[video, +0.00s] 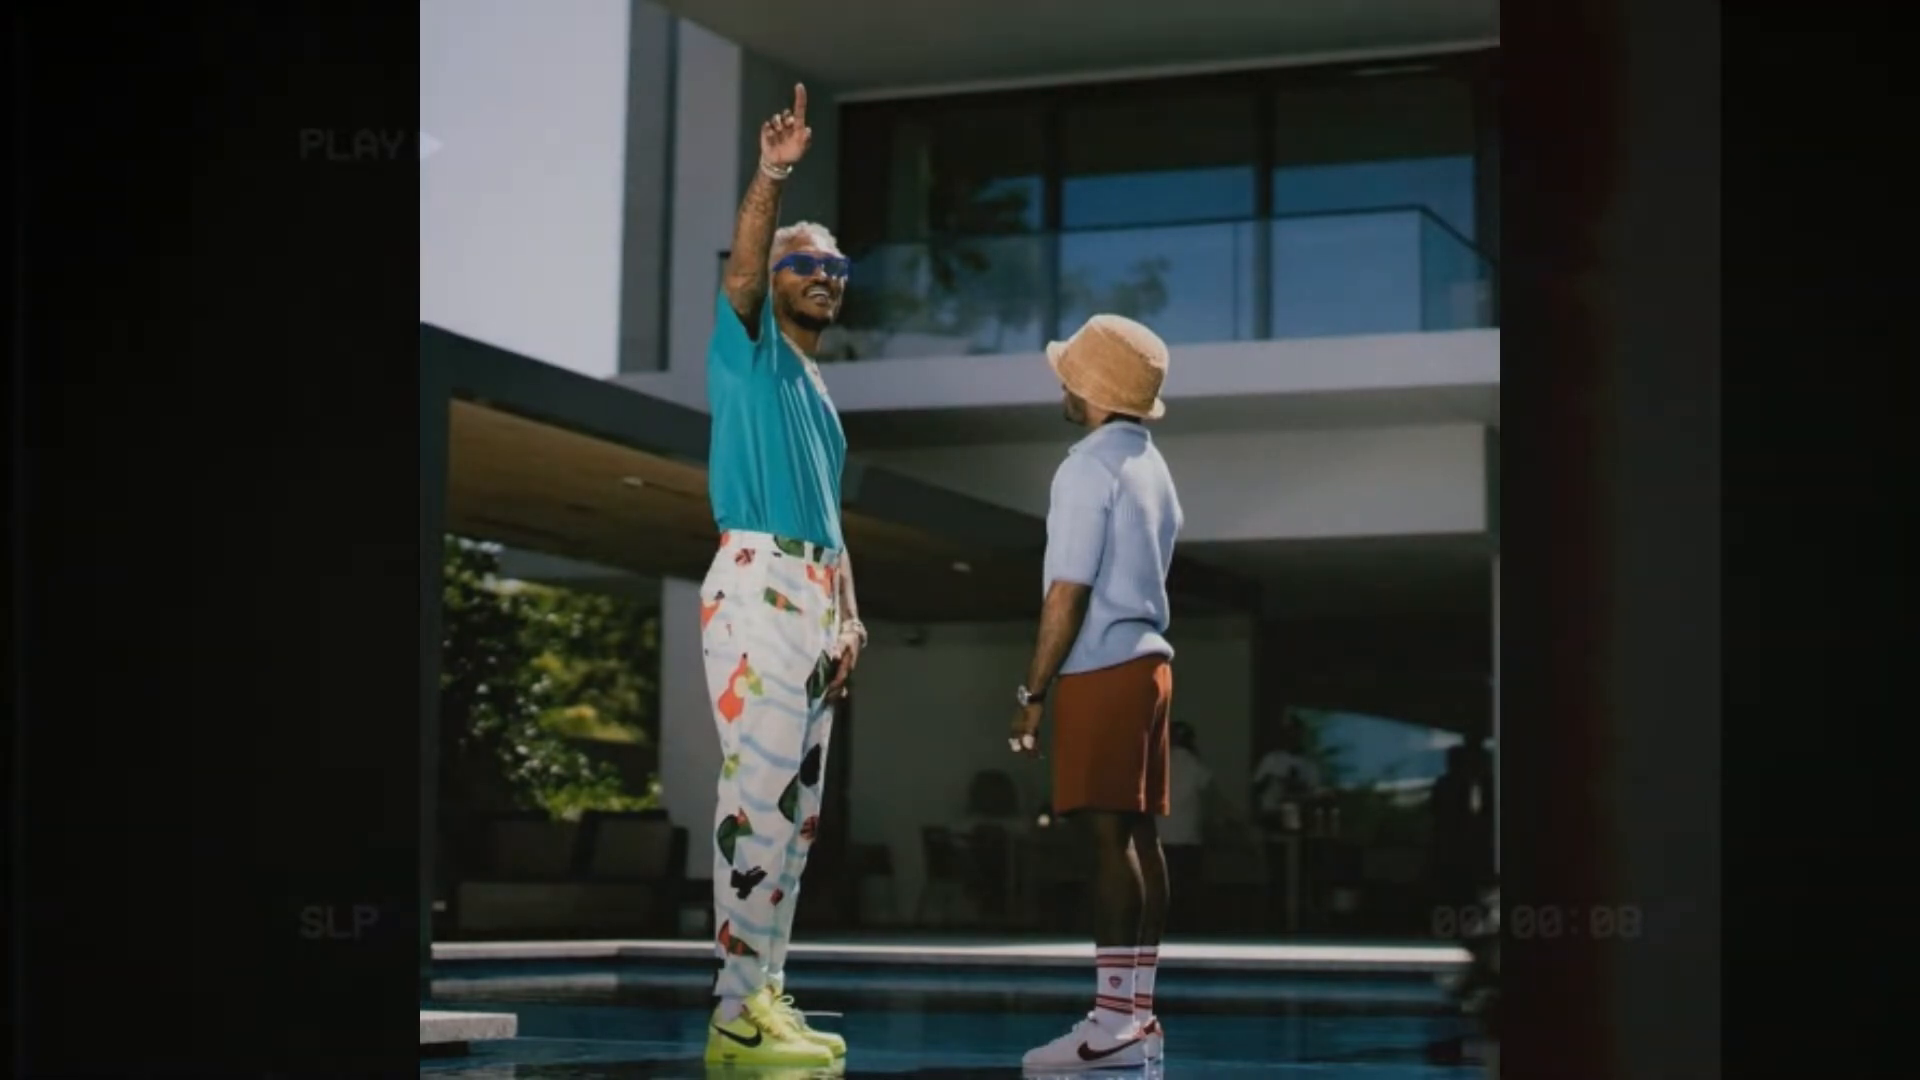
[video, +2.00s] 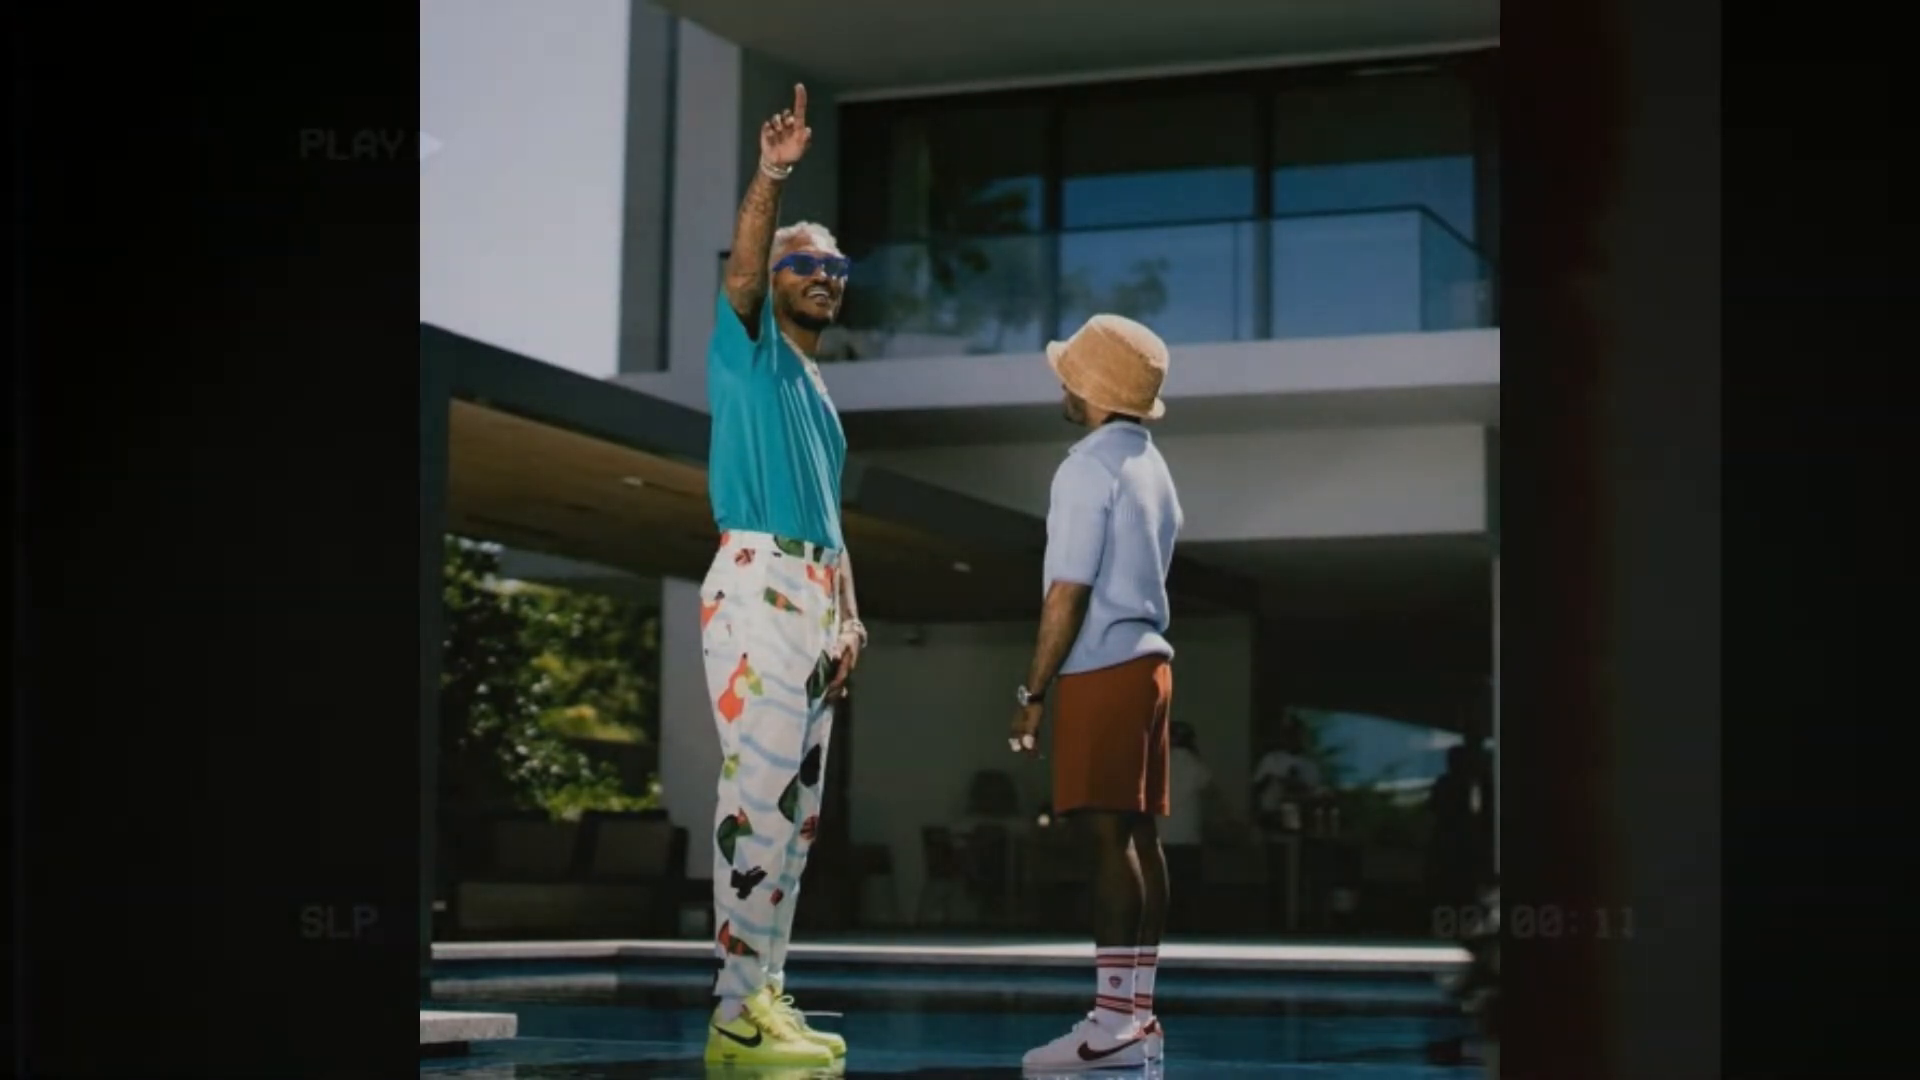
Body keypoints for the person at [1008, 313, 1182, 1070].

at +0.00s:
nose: (1064, 387)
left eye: (1072, 377)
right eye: (1069, 376)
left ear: (1092, 390)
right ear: (1130, 394)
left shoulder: (1087, 468)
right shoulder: (1147, 463)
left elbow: (1067, 594)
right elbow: (1148, 578)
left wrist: (1032, 691)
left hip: (1104, 669)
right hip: (1147, 665)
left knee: (1108, 839)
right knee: (1139, 838)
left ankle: (1116, 1015)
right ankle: (1135, 1012)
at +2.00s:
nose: (1064, 388)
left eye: (1072, 378)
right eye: (1068, 376)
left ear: (1093, 391)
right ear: (1130, 395)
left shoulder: (1087, 468)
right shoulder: (1148, 463)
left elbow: (1067, 594)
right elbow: (1149, 576)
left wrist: (1031, 692)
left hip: (1104, 669)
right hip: (1146, 666)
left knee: (1108, 839)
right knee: (1140, 839)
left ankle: (1116, 1015)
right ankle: (1135, 1012)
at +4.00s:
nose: (1064, 388)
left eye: (1072, 378)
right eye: (1068, 377)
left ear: (1092, 391)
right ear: (1130, 394)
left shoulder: (1088, 468)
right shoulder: (1148, 463)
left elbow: (1067, 595)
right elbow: (1146, 580)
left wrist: (1031, 692)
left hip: (1104, 669)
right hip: (1146, 665)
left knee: (1107, 837)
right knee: (1139, 838)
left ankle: (1115, 1015)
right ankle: (1135, 1012)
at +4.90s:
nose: (1064, 390)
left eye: (1072, 380)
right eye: (1068, 378)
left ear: (1092, 391)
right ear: (1131, 395)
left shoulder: (1088, 468)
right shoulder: (1148, 463)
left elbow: (1067, 595)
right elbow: (1148, 578)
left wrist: (1031, 692)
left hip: (1104, 669)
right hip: (1146, 666)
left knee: (1109, 839)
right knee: (1139, 838)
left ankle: (1115, 1015)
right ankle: (1135, 1012)